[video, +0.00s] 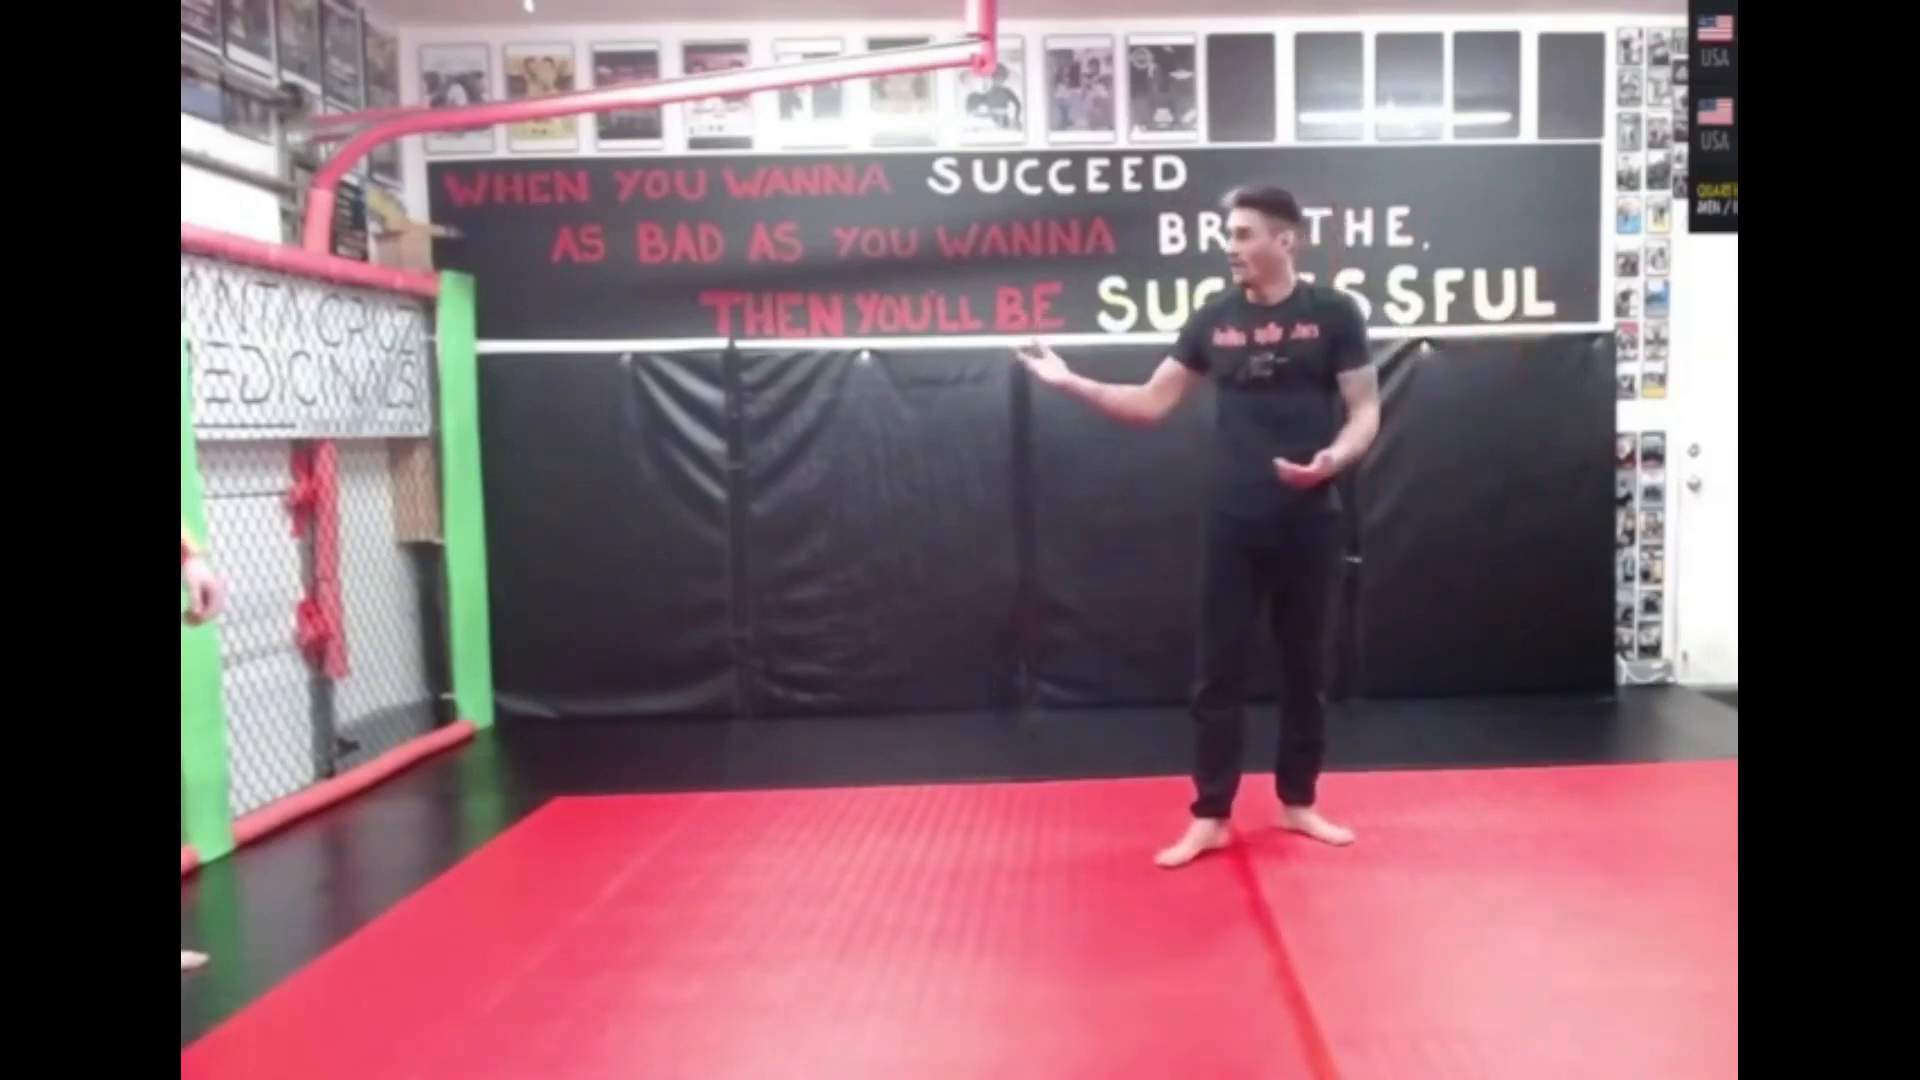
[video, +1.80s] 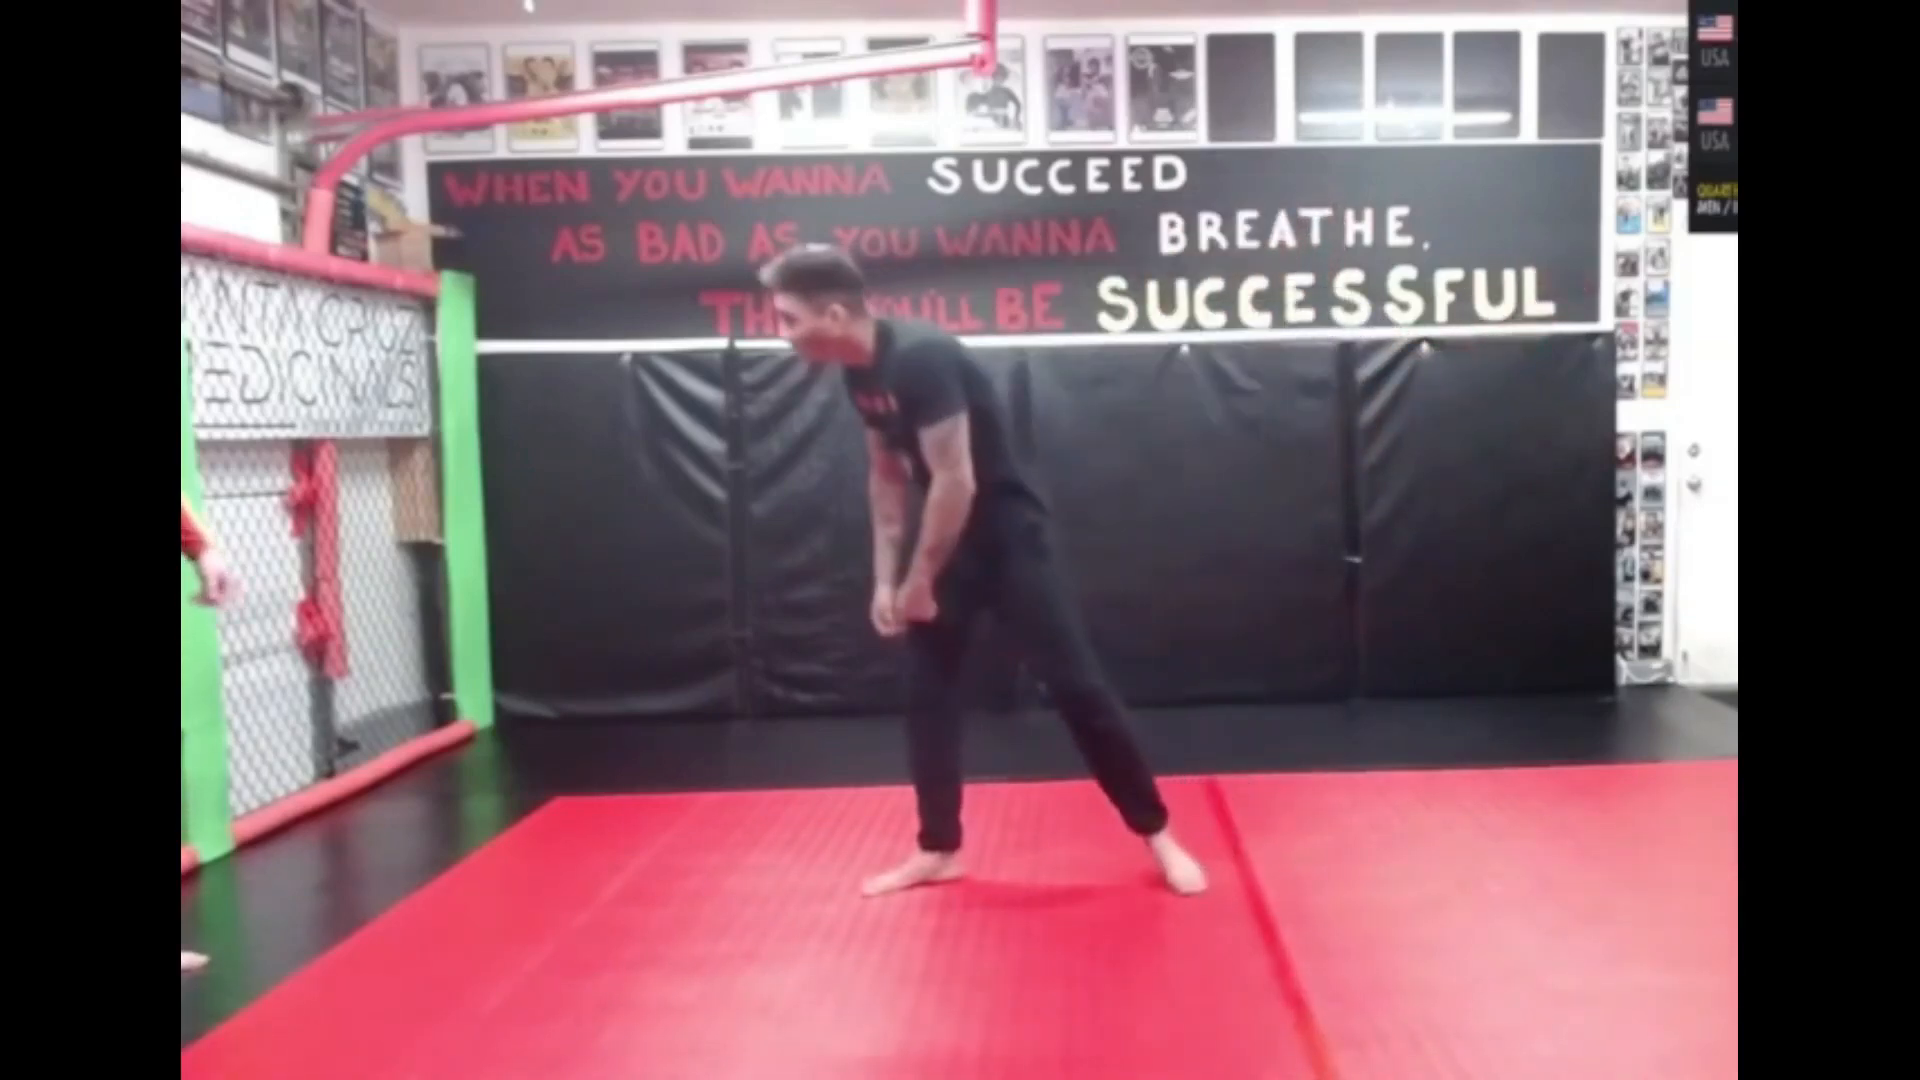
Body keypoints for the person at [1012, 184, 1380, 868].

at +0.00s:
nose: (1235, 247)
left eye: (1246, 235)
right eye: (1231, 236)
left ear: (1287, 241)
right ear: (1231, 243)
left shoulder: (1334, 314)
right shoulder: (1215, 318)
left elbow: (1365, 412)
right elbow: (1151, 402)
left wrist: (1334, 456)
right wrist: (1066, 380)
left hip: (1310, 514)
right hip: (1234, 513)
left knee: (1308, 663)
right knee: (1219, 665)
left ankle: (1299, 802)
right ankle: (1211, 817)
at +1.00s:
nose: (1191, 248)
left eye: (1207, 237)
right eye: (1191, 236)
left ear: (1248, 250)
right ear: (1195, 247)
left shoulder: (1286, 332)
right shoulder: (1171, 328)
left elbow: (1324, 436)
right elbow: (1123, 413)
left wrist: (1285, 492)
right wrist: (1067, 447)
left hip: (1252, 530)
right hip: (1175, 525)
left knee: (1283, 672)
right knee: (1118, 655)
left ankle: (1296, 807)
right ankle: (1092, 819)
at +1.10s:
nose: (1179, 252)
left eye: (1195, 240)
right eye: (1181, 239)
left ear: (1235, 256)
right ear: (1188, 253)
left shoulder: (1269, 333)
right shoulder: (1160, 334)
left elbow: (1315, 437)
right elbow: (1114, 417)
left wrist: (1274, 497)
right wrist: (1055, 457)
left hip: (1243, 536)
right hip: (1169, 532)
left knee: (1279, 673)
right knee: (1104, 658)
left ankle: (1295, 807)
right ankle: (1059, 823)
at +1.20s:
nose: (1084, 261)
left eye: (1102, 252)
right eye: (1086, 250)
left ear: (1145, 271)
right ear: (1086, 271)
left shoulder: (1180, 353)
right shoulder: (1078, 362)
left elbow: (1251, 443)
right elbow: (1042, 434)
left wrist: (1200, 512)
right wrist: (973, 479)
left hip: (1175, 553)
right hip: (1099, 554)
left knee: (1235, 678)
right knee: (1032, 679)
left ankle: (1290, 807)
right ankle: (961, 837)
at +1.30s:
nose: (970, 295)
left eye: (987, 280)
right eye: (968, 282)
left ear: (1037, 295)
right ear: (974, 297)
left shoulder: (1082, 371)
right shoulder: (994, 383)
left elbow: (1147, 467)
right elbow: (983, 469)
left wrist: (1116, 551)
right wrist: (916, 531)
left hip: (1104, 555)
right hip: (1033, 560)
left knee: (1175, 691)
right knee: (970, 685)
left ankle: (1264, 802)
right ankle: (943, 850)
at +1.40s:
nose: (873, 353)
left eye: (880, 337)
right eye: (869, 338)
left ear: (929, 328)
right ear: (913, 337)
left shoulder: (1008, 387)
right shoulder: (932, 404)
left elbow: (1055, 497)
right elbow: (945, 496)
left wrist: (1026, 613)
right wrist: (916, 588)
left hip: (1070, 541)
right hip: (1003, 543)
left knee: (1119, 695)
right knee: (945, 675)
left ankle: (1202, 831)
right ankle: (938, 847)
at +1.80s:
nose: (783, 335)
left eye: (790, 318)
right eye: (780, 320)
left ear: (840, 310)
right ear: (831, 315)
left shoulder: (923, 358)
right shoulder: (862, 375)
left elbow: (957, 482)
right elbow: (887, 474)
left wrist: (922, 577)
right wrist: (886, 577)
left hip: (1005, 532)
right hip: (942, 539)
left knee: (1072, 678)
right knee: (928, 685)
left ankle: (1158, 834)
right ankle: (939, 849)